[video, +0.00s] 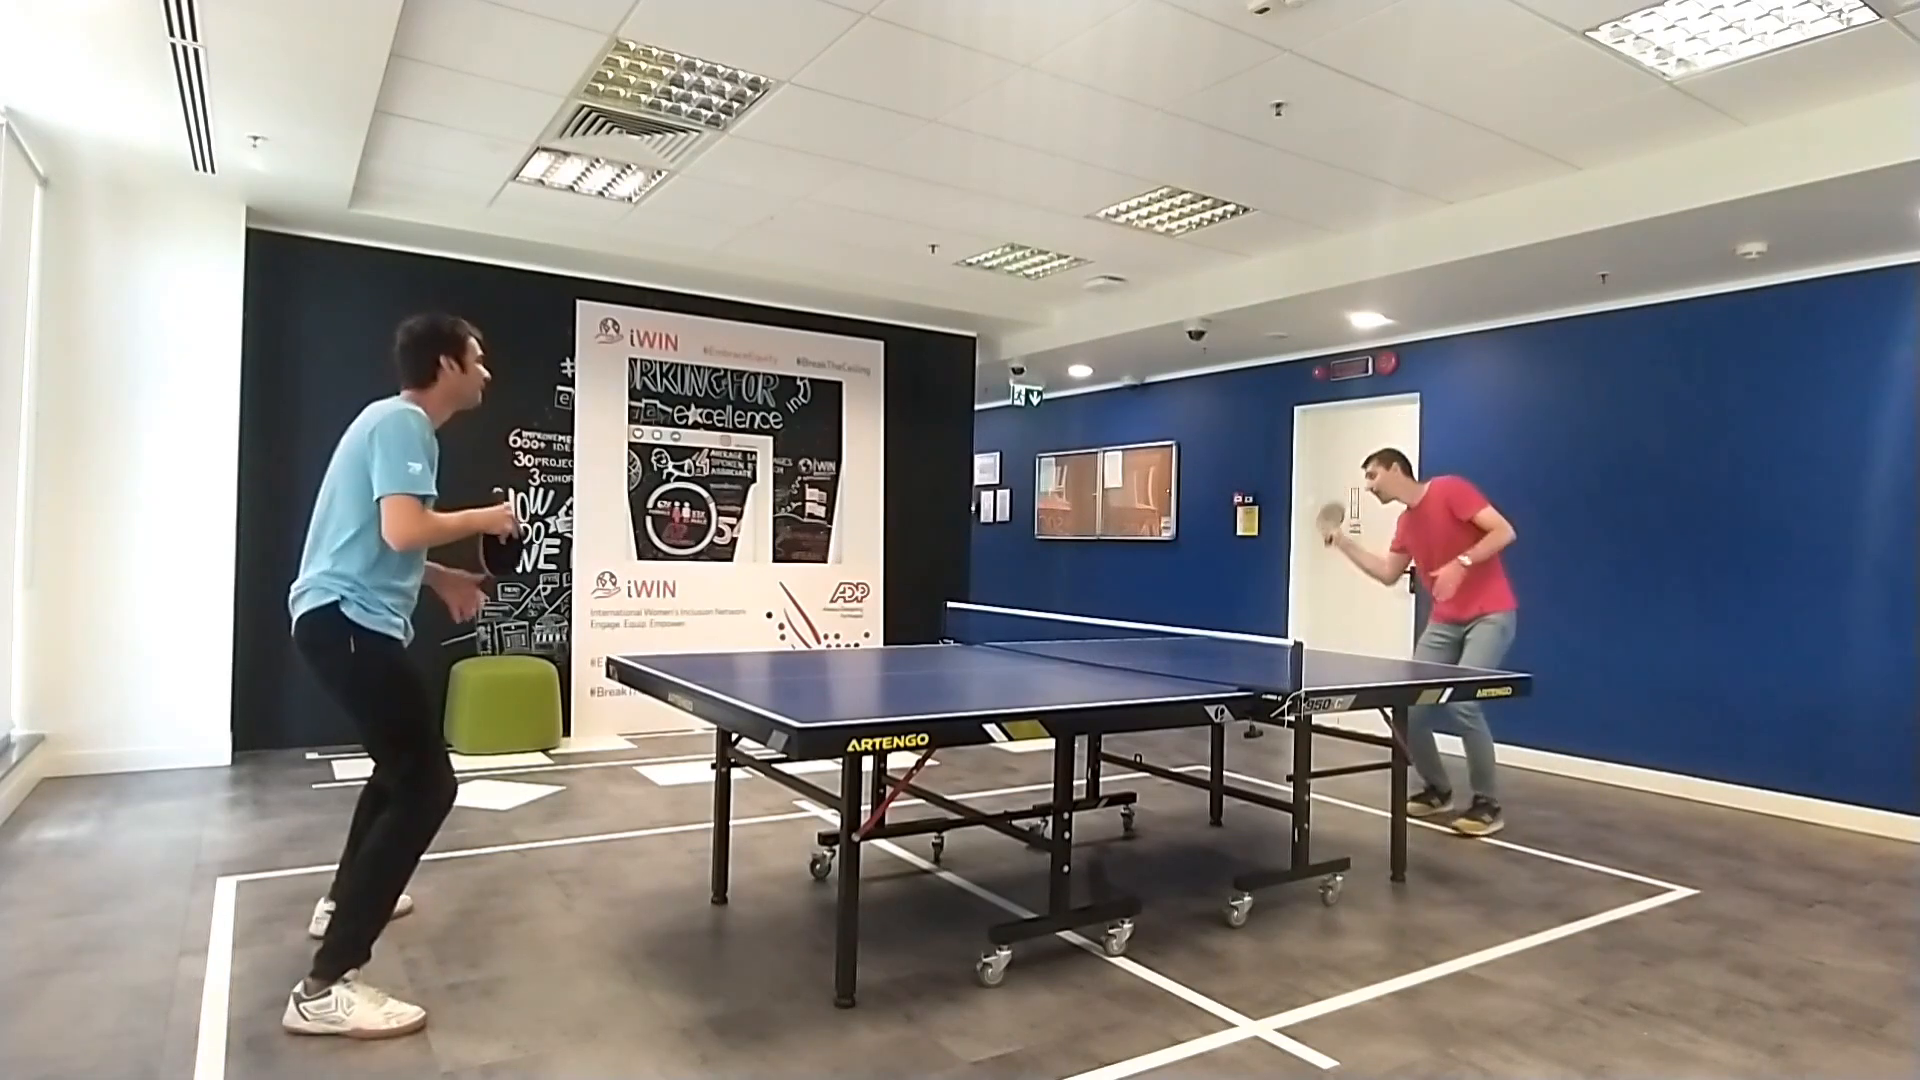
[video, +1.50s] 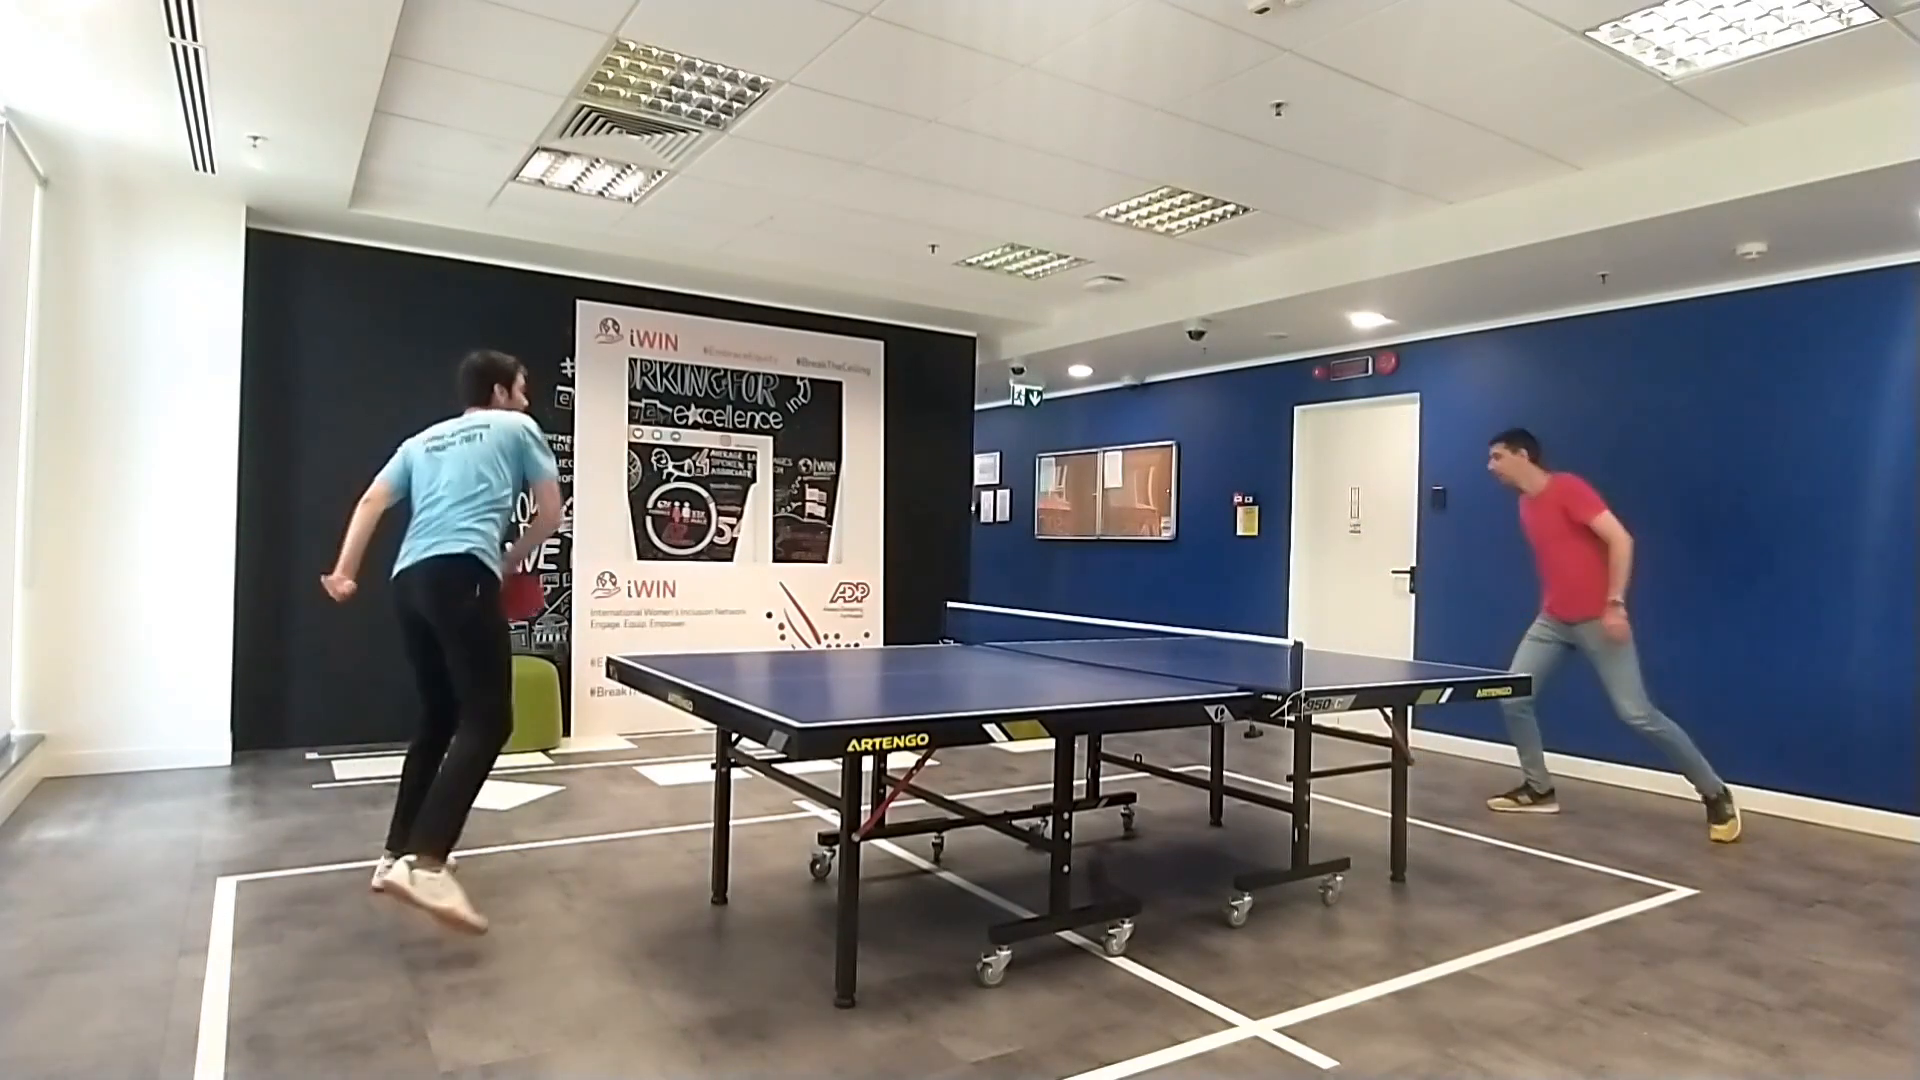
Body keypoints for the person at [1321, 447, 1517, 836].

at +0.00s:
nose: (1368, 485)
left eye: (1372, 475)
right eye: (1366, 479)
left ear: (1396, 469)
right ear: (1391, 474)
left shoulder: (1447, 489)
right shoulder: (1407, 521)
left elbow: (1503, 531)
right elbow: (1388, 572)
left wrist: (1460, 563)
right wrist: (1342, 541)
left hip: (1491, 614)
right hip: (1444, 620)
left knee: (1461, 702)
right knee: (1407, 707)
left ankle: (1486, 803)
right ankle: (1438, 789)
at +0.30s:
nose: (1387, 515)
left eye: (1390, 505)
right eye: (1383, 509)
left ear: (1412, 495)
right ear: (1407, 500)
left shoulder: (1466, 510)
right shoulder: (1418, 542)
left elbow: (1530, 546)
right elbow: (1445, 595)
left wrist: (1499, 585)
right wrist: (1425, 585)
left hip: (1512, 631)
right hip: (1465, 635)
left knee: (1510, 724)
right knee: (1417, 711)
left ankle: (1583, 775)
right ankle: (1437, 792)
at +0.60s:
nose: (1472, 502)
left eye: (1479, 492)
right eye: (1469, 495)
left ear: (1505, 490)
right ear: (1471, 499)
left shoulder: (1553, 518)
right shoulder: (1484, 535)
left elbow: (1603, 569)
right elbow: (1483, 597)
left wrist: (1569, 604)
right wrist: (1488, 587)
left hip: (1570, 647)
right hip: (1518, 641)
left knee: (1607, 745)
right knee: (1453, 706)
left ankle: (1675, 795)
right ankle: (1437, 792)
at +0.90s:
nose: (1534, 470)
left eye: (1541, 461)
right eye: (1529, 464)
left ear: (1566, 462)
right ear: (1528, 471)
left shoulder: (1612, 493)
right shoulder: (1541, 511)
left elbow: (1664, 544)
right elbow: (1548, 558)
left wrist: (1627, 592)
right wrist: (1548, 575)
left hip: (1629, 623)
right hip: (1573, 619)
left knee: (1652, 727)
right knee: (1515, 687)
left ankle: (1684, 801)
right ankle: (1514, 786)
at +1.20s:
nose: (1542, 483)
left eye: (1549, 475)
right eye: (1538, 477)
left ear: (1576, 474)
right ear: (1541, 483)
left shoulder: (1623, 505)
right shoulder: (1557, 522)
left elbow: (1683, 551)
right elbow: (1567, 574)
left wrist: (1657, 602)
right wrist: (1550, 613)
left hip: (1646, 633)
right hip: (1592, 630)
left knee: (1676, 730)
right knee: (1534, 697)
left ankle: (1730, 808)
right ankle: (1534, 788)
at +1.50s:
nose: (1492, 466)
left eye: (1497, 457)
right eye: (1490, 460)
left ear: (1522, 455)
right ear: (1513, 460)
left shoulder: (1567, 489)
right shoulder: (1526, 507)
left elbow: (1620, 538)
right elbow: (1555, 557)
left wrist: (1615, 603)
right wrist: (1551, 608)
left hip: (1598, 619)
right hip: (1553, 620)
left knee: (1636, 713)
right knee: (1514, 695)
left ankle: (1716, 795)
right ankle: (1538, 788)